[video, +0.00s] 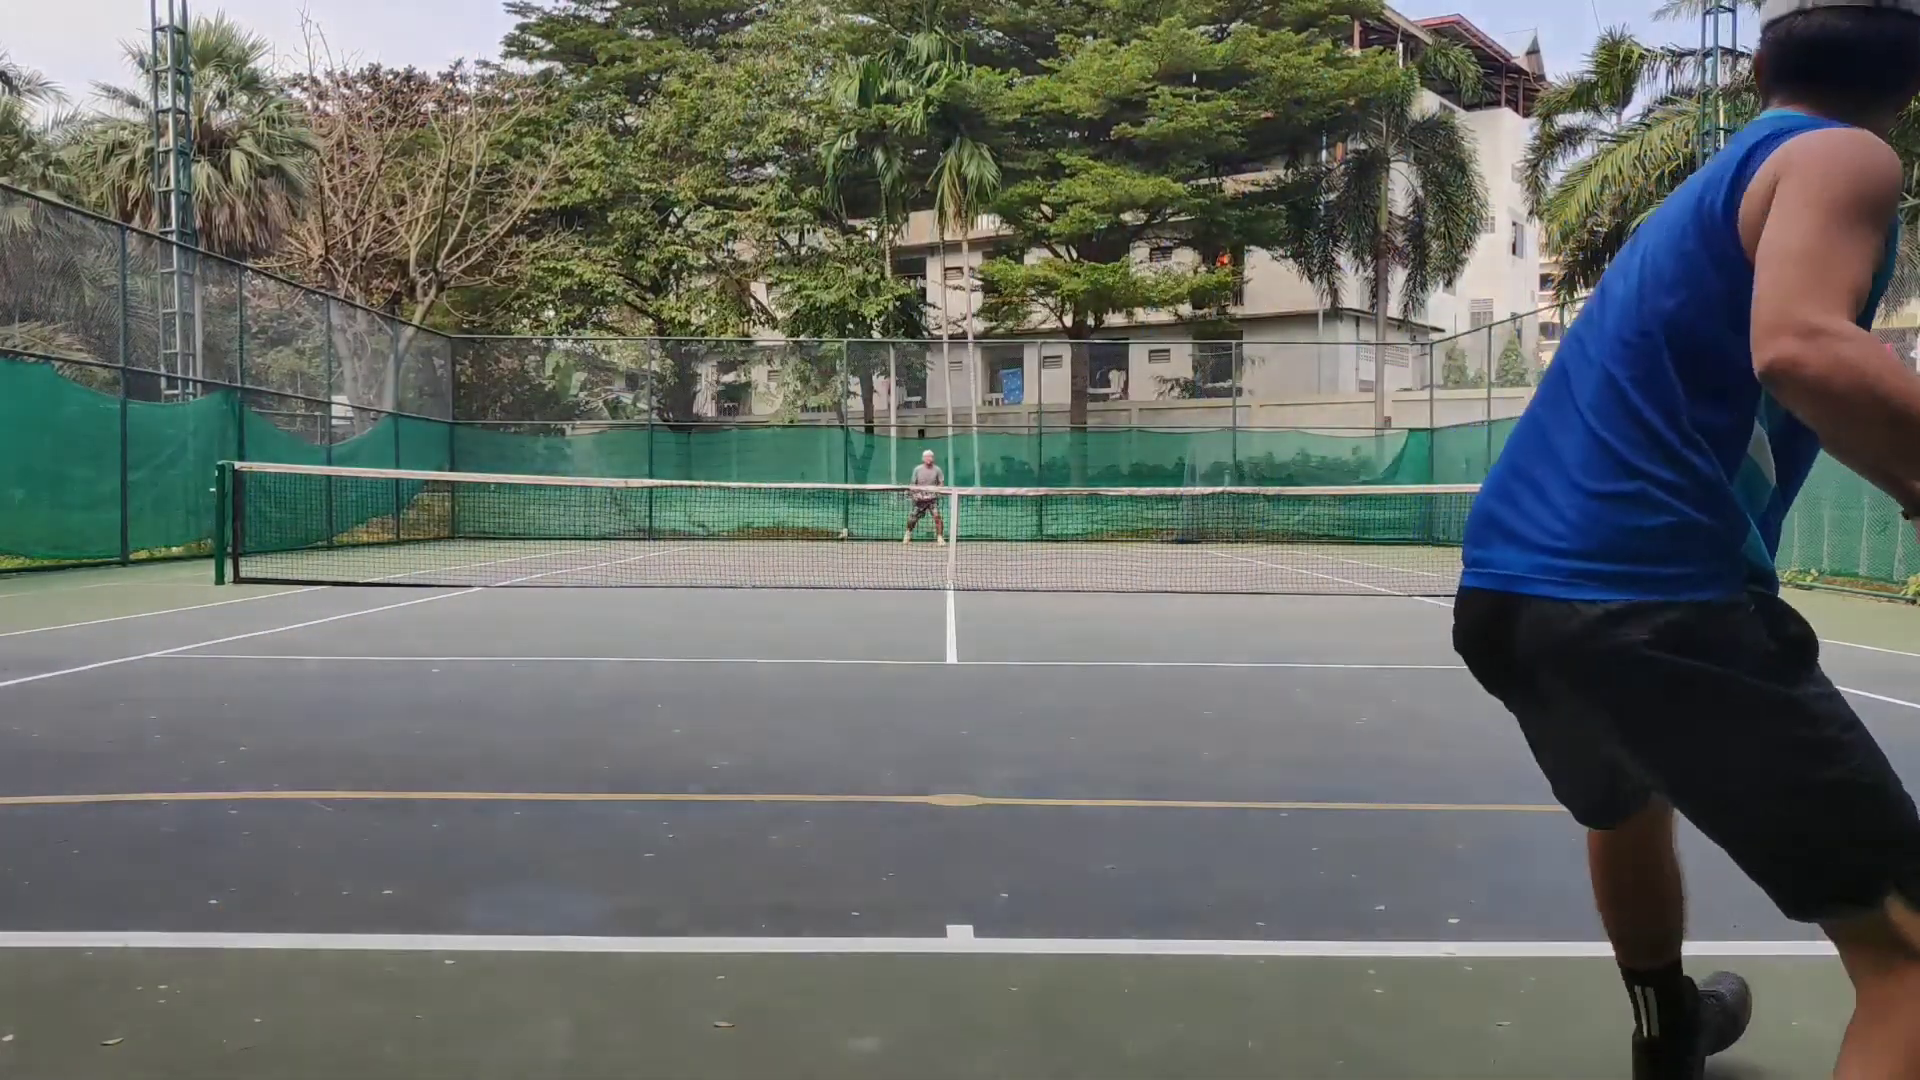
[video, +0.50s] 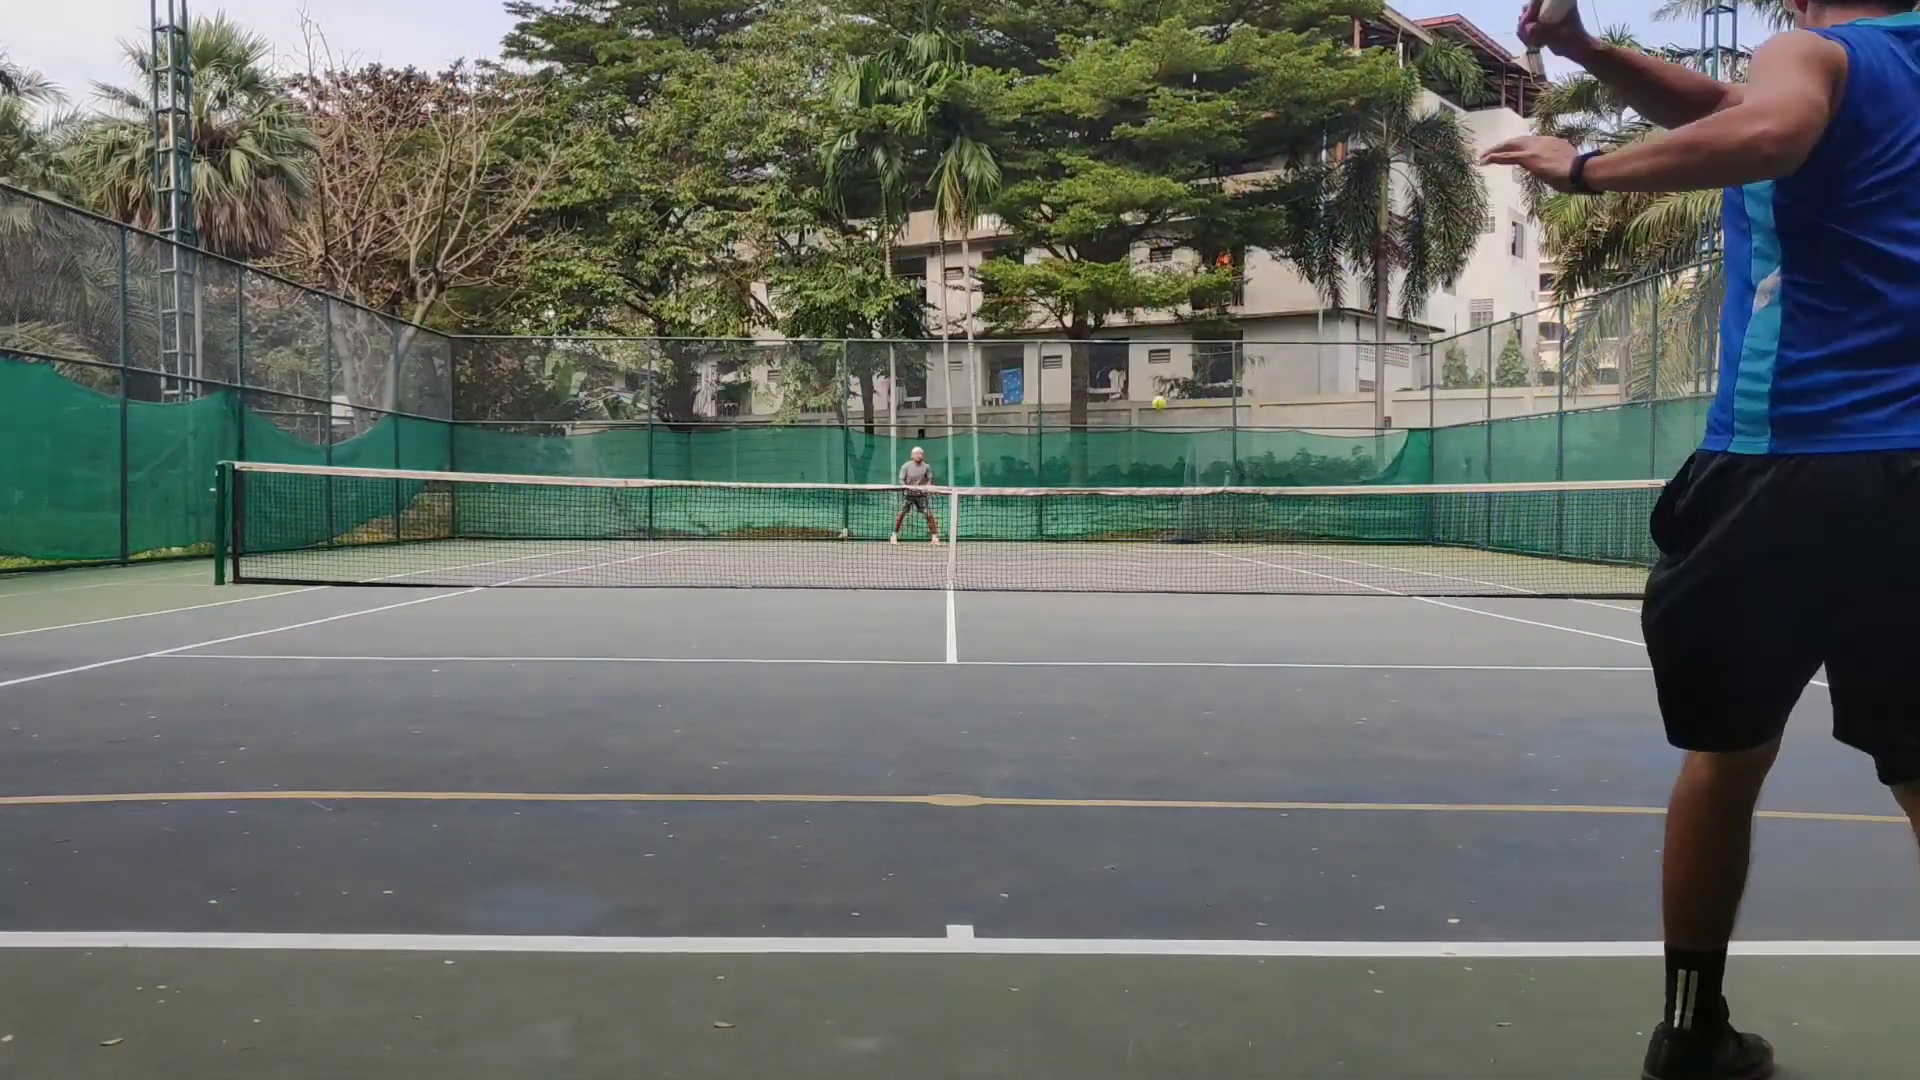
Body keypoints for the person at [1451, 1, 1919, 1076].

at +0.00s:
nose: (1913, 124)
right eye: (1914, 100)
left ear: (1776, 84)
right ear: (1903, 92)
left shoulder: (1706, 184)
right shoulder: (1840, 156)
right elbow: (1800, 345)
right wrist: (1910, 480)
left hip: (1506, 593)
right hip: (1657, 605)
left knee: (1622, 794)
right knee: (1898, 953)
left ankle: (1663, 1022)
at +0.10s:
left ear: (1790, 88)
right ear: (1914, 104)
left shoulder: (1714, 184)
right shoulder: (1881, 197)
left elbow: (1636, 301)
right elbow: (1908, 433)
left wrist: (1793, 403)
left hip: (1545, 574)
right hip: (1699, 589)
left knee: (1666, 758)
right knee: (1846, 953)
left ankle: (1682, 1023)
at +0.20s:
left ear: (1786, 53)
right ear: (1904, 84)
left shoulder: (1657, 141)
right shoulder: (1906, 184)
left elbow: (1482, 199)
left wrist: (1598, 269)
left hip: (1603, 549)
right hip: (1775, 564)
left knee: (1660, 751)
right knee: (1802, 898)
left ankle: (1676, 1015)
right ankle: (1753, 1066)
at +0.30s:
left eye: (1772, 21)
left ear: (1787, 23)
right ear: (1909, 41)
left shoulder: (1703, 93)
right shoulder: (1916, 124)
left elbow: (1487, 144)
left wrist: (1506, 189)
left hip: (1671, 501)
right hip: (1851, 519)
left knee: (1688, 749)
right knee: (1817, 828)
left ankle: (1699, 1026)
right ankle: (1694, 1001)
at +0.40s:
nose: (1779, 23)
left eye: (1782, 14)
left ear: (1799, 7)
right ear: (1904, 9)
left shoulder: (1773, 75)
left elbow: (1584, 132)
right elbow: (1718, 174)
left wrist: (1495, 139)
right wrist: (1580, 138)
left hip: (1715, 480)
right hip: (1886, 488)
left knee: (1699, 758)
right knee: (1874, 797)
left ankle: (1687, 1021)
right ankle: (1810, 978)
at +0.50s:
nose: (1777, 16)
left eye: (1781, 10)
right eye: (1779, 14)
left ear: (1806, 2)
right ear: (1887, 2)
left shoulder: (1811, 49)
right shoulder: (1901, 64)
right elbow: (1734, 103)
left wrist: (1582, 164)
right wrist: (1586, 48)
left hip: (1778, 474)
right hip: (1908, 471)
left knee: (1720, 765)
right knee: (1917, 778)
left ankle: (1693, 1021)